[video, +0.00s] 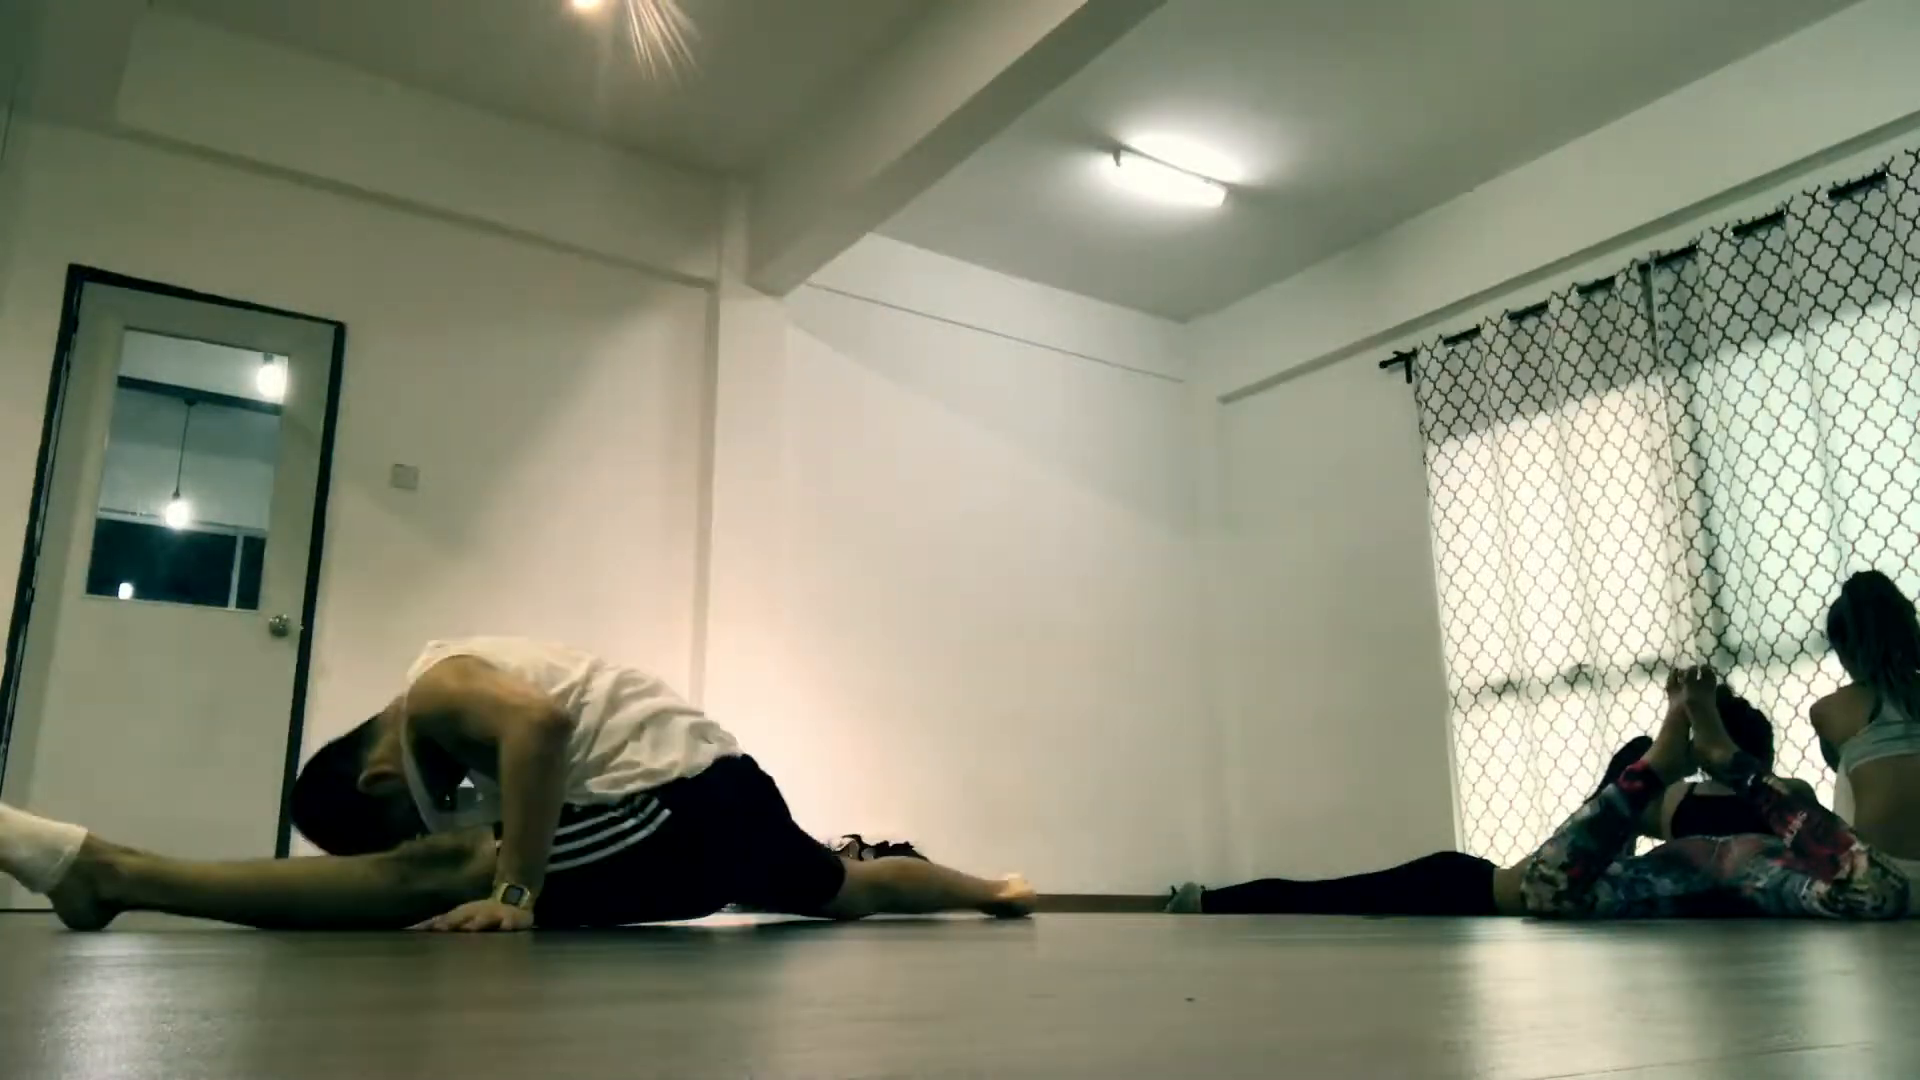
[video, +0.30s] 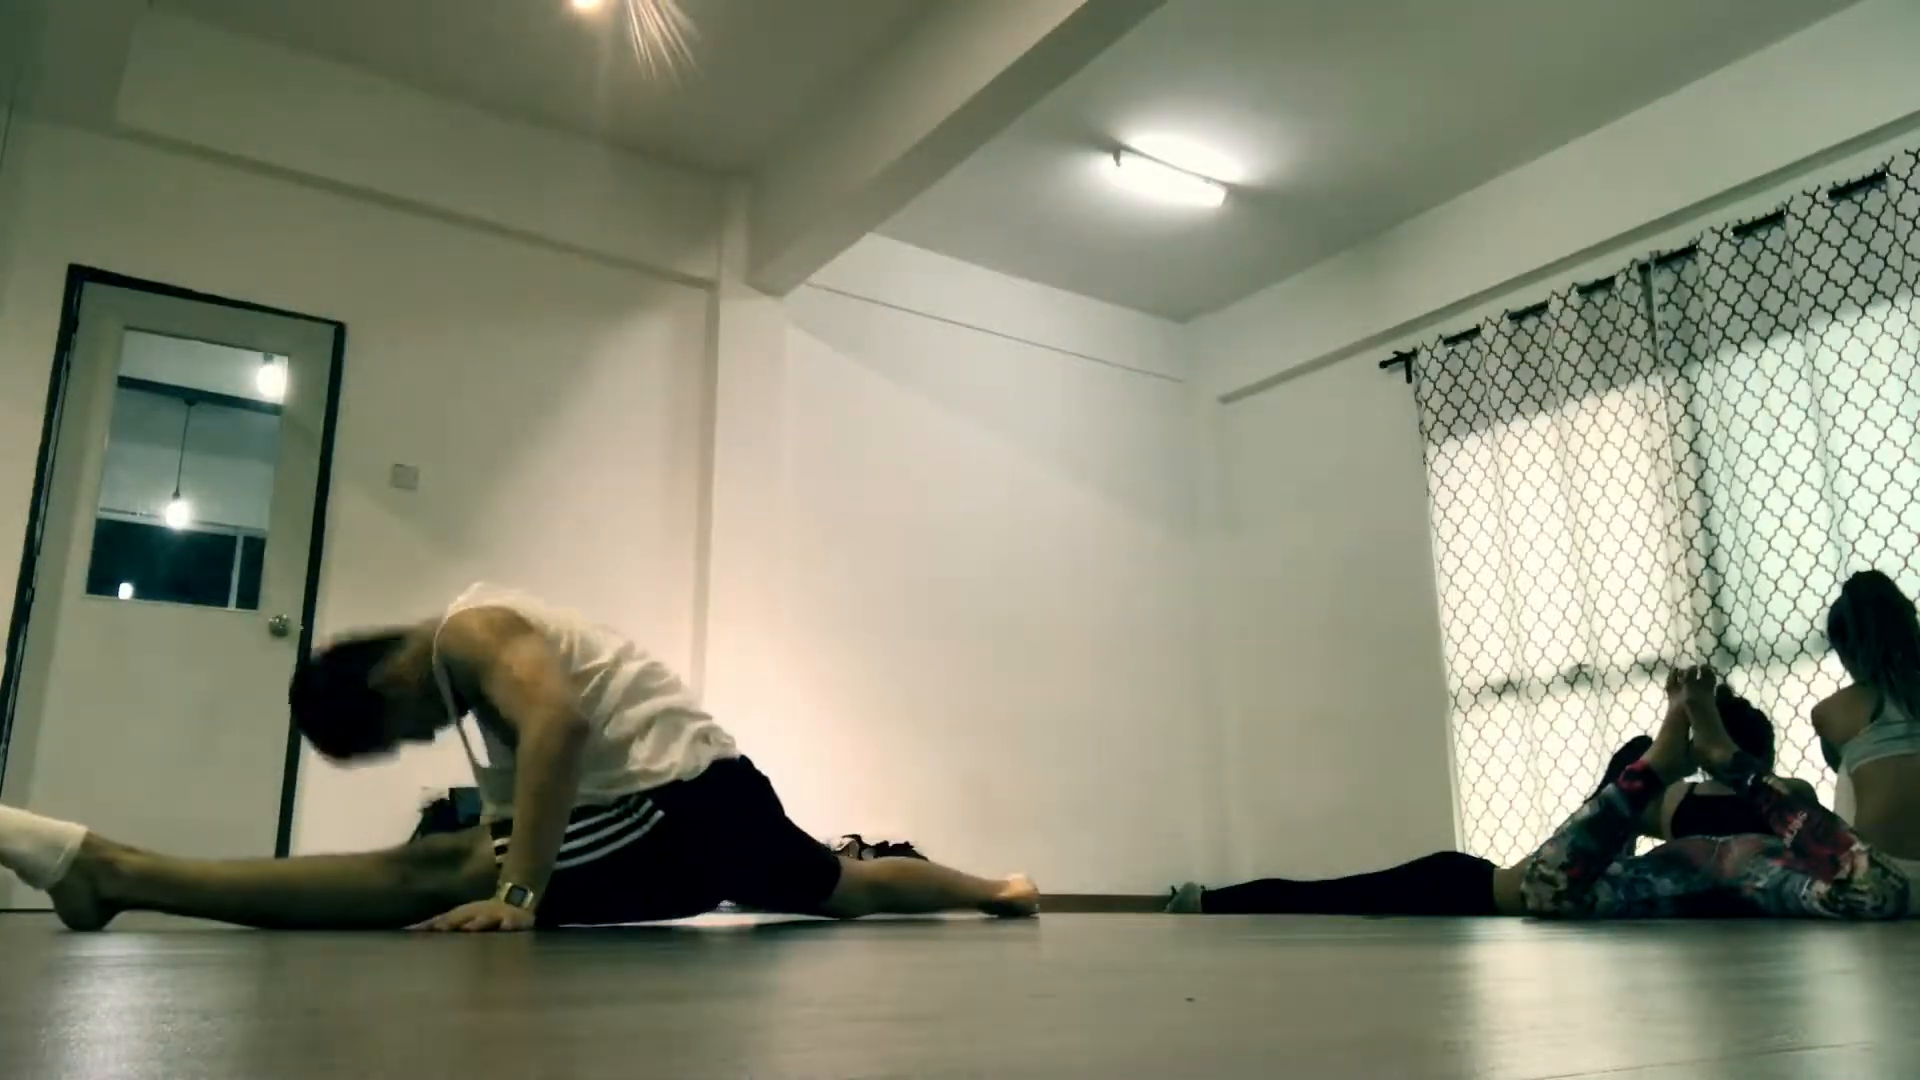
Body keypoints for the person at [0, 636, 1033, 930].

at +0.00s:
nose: (406, 825)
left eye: (389, 820)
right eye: (395, 828)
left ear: (361, 776)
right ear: (390, 786)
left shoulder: (424, 696)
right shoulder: (472, 759)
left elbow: (537, 722)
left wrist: (510, 888)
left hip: (670, 806)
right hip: (748, 809)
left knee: (411, 880)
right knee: (842, 882)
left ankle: (117, 876)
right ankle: (987, 892)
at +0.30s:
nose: (397, 752)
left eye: (378, 739)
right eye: (381, 749)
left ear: (376, 687)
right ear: (387, 680)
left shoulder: (474, 630)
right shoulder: (494, 674)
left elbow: (552, 721)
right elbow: (533, 801)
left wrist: (518, 886)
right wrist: (473, 898)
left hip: (664, 818)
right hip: (732, 810)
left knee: (411, 873)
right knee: (847, 880)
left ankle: (120, 877)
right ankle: (985, 891)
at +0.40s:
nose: (370, 661)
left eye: (359, 638)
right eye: (353, 652)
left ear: (387, 592)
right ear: (379, 623)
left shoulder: (494, 606)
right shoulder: (476, 665)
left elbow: (559, 729)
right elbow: (512, 792)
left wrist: (521, 893)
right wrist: (465, 873)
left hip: (666, 815)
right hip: (713, 809)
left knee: (408, 876)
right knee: (835, 884)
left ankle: (124, 877)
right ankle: (979, 891)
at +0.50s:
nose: (401, 561)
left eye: (414, 532)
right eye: (382, 549)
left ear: (471, 516)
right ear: (382, 565)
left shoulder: (520, 600)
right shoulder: (479, 646)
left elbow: (565, 739)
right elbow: (492, 778)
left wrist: (520, 886)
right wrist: (460, 870)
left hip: (675, 817)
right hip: (677, 820)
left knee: (413, 873)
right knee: (830, 886)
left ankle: (123, 877)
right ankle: (970, 889)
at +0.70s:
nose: (503, 487)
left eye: (528, 468)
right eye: (490, 472)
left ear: (582, 486)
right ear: (483, 494)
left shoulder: (602, 589)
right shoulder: (517, 612)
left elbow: (596, 748)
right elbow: (498, 750)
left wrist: (520, 890)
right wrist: (470, 852)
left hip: (653, 847)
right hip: (686, 834)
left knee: (409, 868)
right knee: (796, 876)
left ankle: (117, 876)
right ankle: (918, 886)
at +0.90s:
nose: (601, 478)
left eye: (623, 462)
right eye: (601, 463)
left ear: (683, 478)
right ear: (624, 481)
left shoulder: (680, 568)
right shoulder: (655, 580)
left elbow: (616, 718)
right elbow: (607, 732)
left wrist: (512, 875)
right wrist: (508, 832)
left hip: (707, 859)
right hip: (676, 846)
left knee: (438, 867)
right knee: (442, 854)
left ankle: (135, 881)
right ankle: (136, 883)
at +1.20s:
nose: (727, 525)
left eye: (745, 506)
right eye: (725, 507)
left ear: (803, 516)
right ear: (750, 520)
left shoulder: (814, 612)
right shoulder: (764, 627)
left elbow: (768, 732)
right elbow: (731, 762)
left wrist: (622, 805)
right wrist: (612, 822)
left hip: (719, 859)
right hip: (686, 844)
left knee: (455, 861)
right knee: (452, 839)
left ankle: (154, 876)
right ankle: (173, 886)